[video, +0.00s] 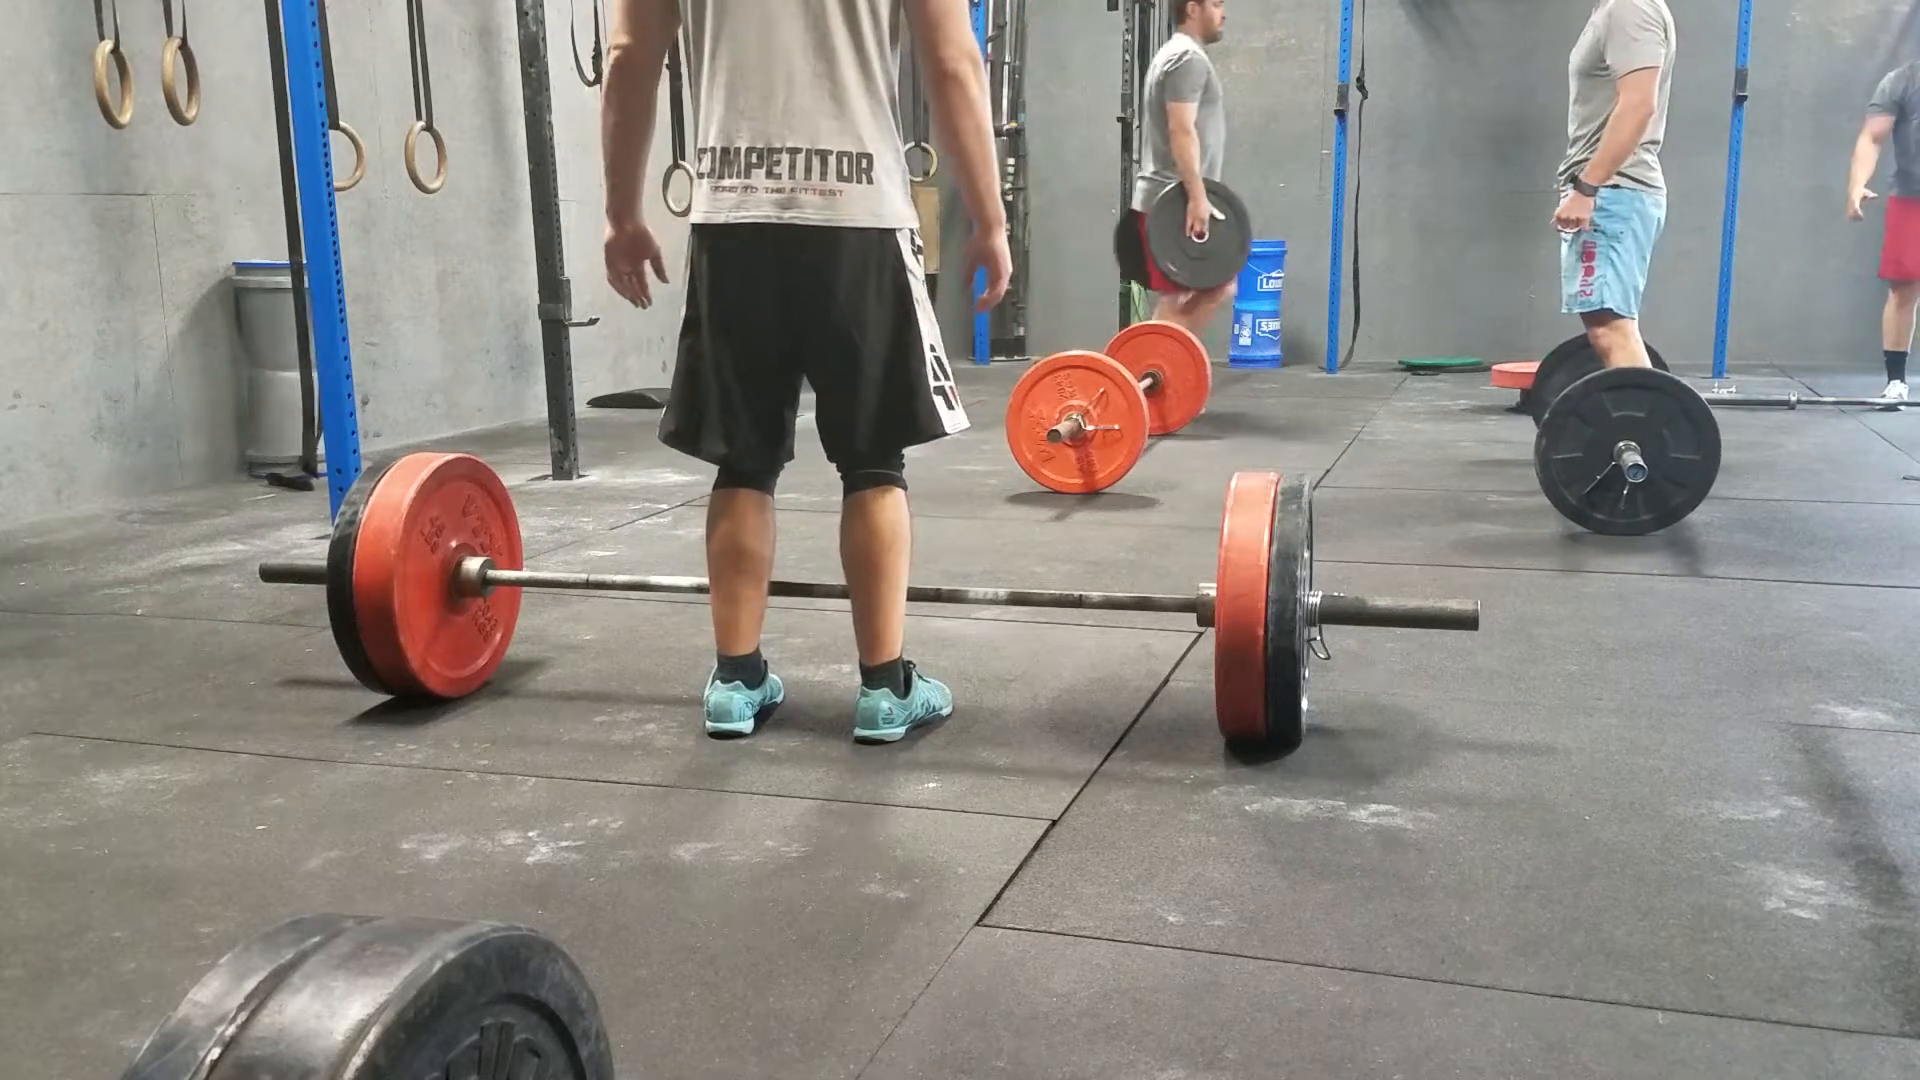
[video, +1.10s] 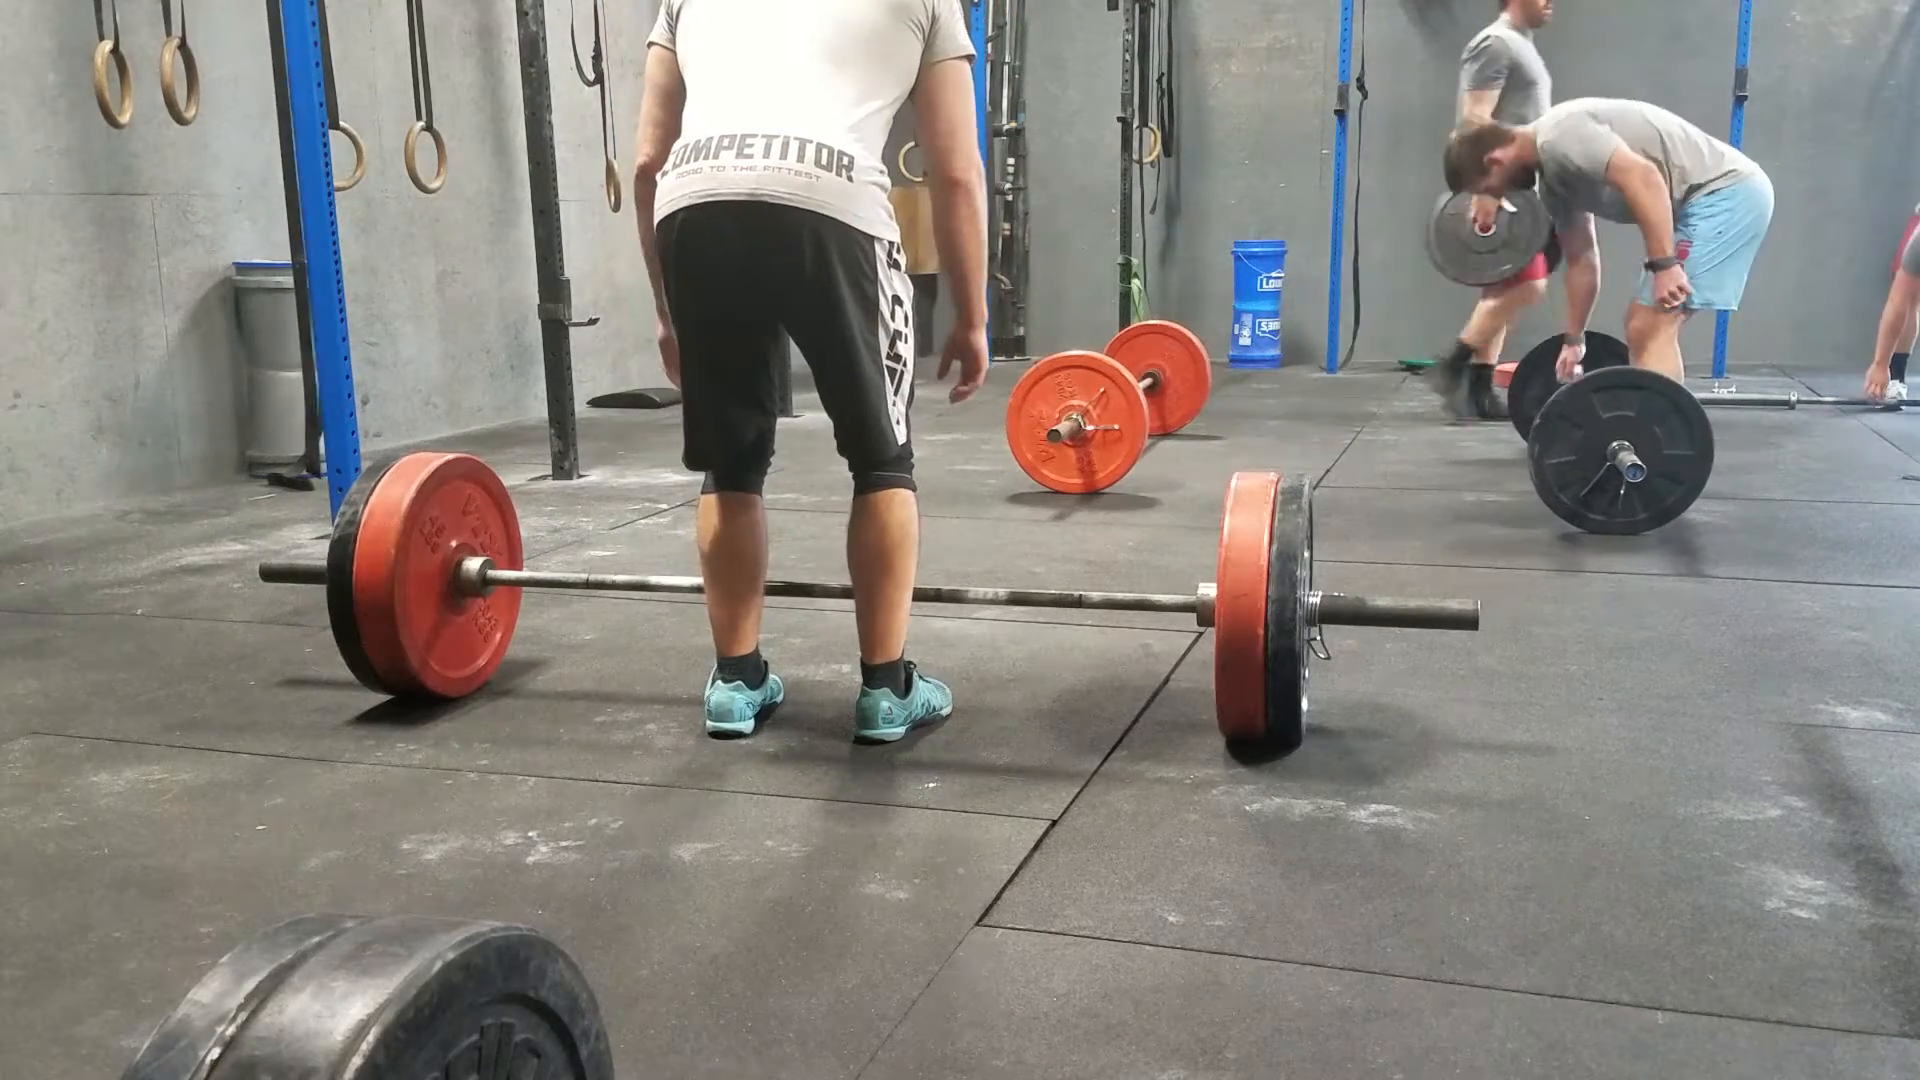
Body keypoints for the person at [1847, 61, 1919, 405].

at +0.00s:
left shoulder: (1902, 81)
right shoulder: (1902, 81)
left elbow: (1872, 137)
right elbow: (1871, 136)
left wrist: (1859, 183)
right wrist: (1857, 182)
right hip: (1909, 200)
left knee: (1905, 292)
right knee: (1903, 290)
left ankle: (1897, 380)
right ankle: (1896, 382)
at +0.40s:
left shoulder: (1916, 96)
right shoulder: (1918, 95)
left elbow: (1899, 156)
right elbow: (1899, 156)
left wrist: (1882, 216)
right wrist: (1881, 215)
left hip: (1916, 209)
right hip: (1918, 208)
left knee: (1912, 291)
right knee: (1913, 289)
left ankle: (1898, 380)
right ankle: (1897, 381)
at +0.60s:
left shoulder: (1916, 142)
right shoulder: (1918, 141)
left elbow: (1903, 192)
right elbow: (1902, 192)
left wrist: (1884, 251)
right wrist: (1883, 252)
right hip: (1915, 235)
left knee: (1911, 300)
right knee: (1911, 298)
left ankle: (1898, 380)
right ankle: (1897, 380)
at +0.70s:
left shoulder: (1916, 165)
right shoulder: (1918, 164)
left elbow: (1901, 215)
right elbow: (1900, 215)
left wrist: (1885, 279)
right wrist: (1884, 280)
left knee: (1911, 297)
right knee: (1912, 296)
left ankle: (1897, 380)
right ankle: (1897, 380)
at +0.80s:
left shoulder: (1915, 188)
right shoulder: (1918, 187)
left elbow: (1899, 240)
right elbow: (1898, 240)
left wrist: (1883, 308)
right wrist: (1882, 307)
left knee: (1911, 284)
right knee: (1912, 284)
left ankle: (1897, 380)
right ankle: (1896, 380)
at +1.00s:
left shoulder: (1915, 229)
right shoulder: (1916, 229)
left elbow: (1897, 288)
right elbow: (1896, 288)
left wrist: (1878, 352)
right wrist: (1878, 353)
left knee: (1910, 291)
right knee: (1911, 292)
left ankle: (1897, 380)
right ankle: (1896, 380)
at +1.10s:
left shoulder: (1916, 240)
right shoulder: (1916, 239)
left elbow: (1900, 301)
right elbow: (1898, 301)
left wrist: (1880, 363)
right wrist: (1880, 364)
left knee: (1909, 301)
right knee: (1909, 301)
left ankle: (1896, 378)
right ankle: (1895, 378)